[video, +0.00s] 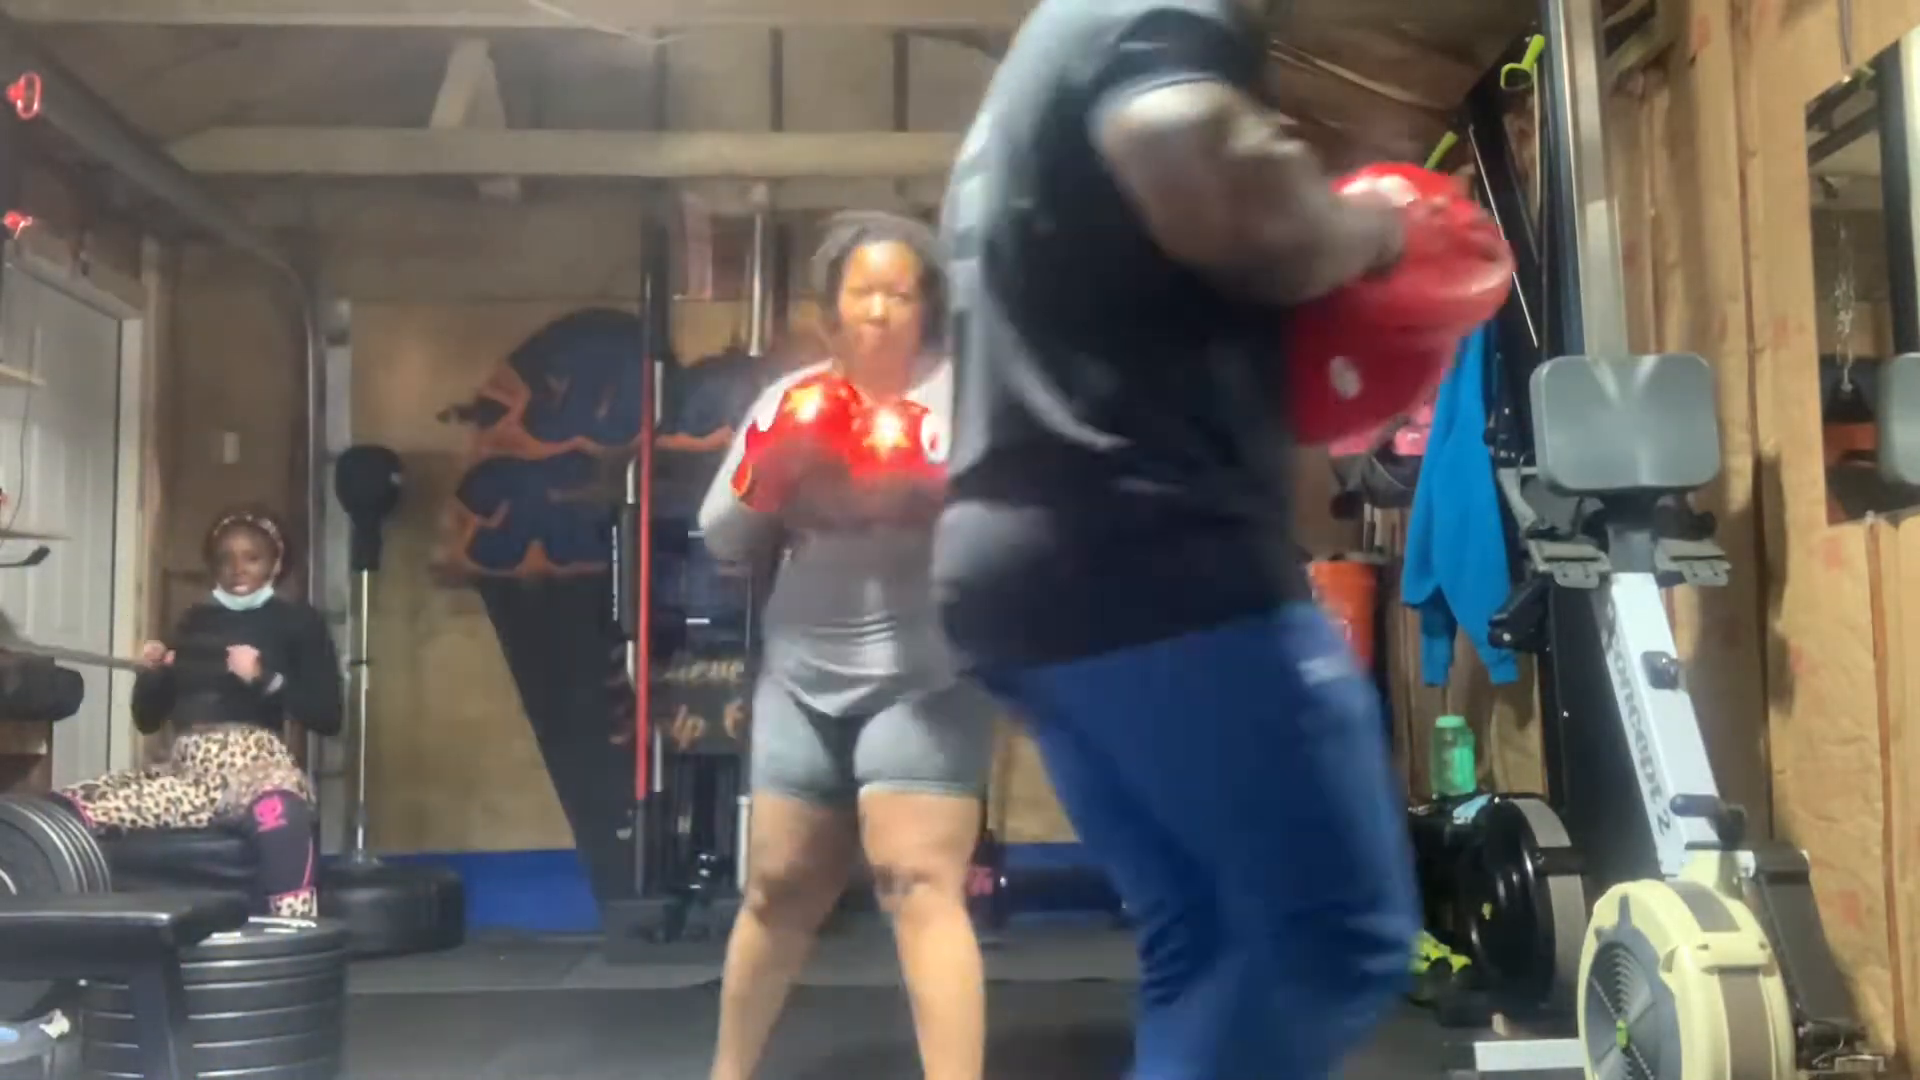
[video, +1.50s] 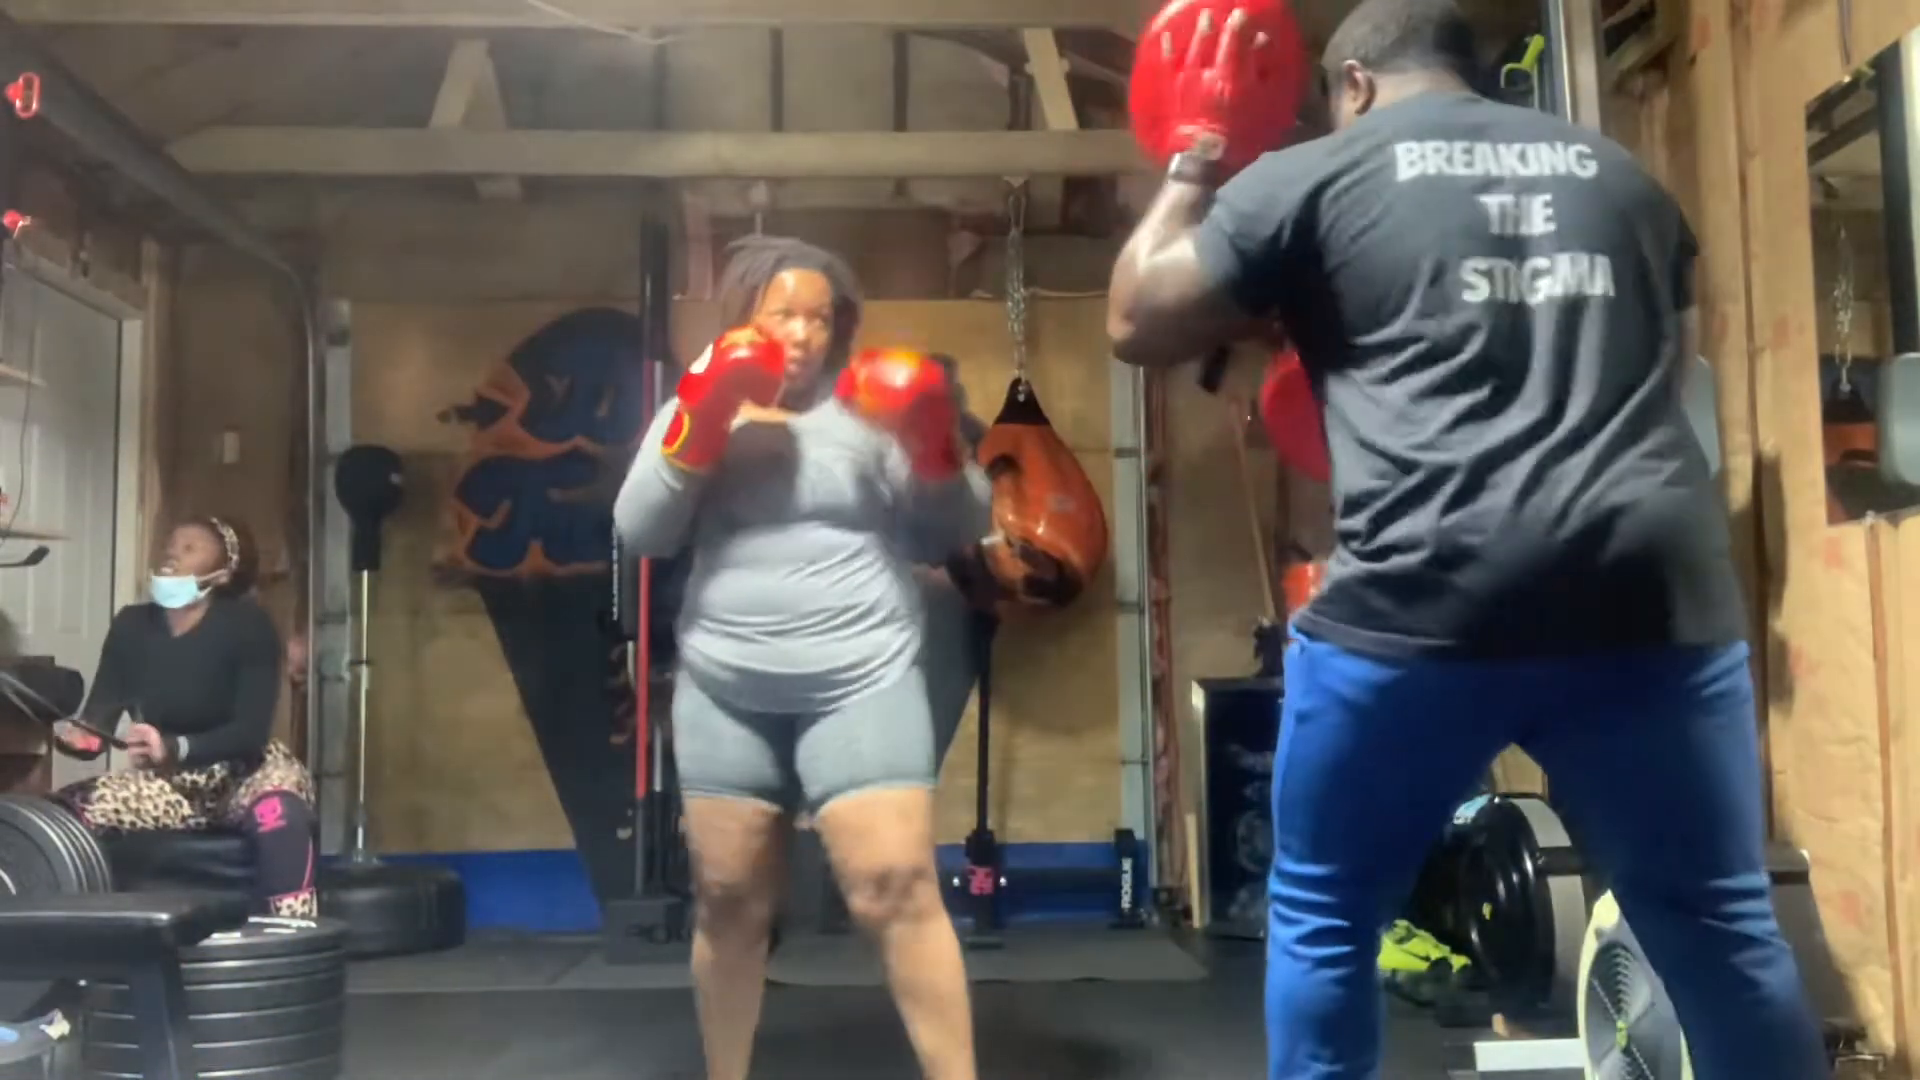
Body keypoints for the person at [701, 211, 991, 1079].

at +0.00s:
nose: (878, 311)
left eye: (896, 293)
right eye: (861, 293)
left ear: (928, 307)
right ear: (829, 309)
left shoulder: (963, 398)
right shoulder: (792, 400)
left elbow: (1017, 507)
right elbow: (723, 539)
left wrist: (921, 491)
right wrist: (774, 466)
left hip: (923, 676)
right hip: (799, 676)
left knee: (921, 885)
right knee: (774, 892)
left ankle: (954, 1074)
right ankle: (729, 1071)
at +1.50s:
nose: (804, 335)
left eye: (821, 319)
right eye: (785, 316)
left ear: (841, 330)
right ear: (744, 324)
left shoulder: (875, 411)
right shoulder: (699, 411)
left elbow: (954, 534)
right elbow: (640, 534)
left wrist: (929, 432)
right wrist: (702, 422)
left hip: (863, 680)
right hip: (722, 685)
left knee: (896, 886)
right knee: (725, 897)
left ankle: (955, 1075)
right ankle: (725, 1075)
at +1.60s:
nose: (814, 309)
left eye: (832, 293)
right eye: (795, 290)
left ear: (858, 307)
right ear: (752, 299)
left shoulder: (901, 379)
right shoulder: (721, 394)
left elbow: (1013, 435)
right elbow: (649, 506)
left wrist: (998, 330)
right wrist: (717, 389)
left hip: (883, 674)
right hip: (745, 675)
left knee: (902, 889)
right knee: (746, 900)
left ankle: (955, 1074)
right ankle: (730, 1072)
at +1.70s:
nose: (836, 304)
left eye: (854, 287)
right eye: (817, 285)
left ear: (879, 299)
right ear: (771, 291)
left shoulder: (923, 362)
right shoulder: (734, 379)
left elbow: (1046, 382)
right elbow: (671, 497)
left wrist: (1019, 292)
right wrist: (747, 385)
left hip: (905, 664)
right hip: (764, 668)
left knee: (912, 884)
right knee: (763, 903)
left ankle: (957, 1075)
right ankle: (733, 1072)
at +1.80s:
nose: (864, 326)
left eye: (883, 311)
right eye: (847, 306)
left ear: (905, 322)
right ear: (805, 307)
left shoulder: (936, 392)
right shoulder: (745, 390)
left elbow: (1050, 474)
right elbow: (698, 528)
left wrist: (1045, 411)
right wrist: (782, 432)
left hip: (922, 679)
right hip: (777, 680)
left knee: (947, 898)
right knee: (764, 912)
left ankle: (967, 1072)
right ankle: (735, 1072)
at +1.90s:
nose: (899, 354)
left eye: (914, 334)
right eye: (877, 334)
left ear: (934, 343)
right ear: (831, 340)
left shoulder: (973, 434)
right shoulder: (780, 429)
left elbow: (1029, 573)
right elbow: (722, 586)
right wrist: (801, 524)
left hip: (935, 713)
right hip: (784, 709)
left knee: (969, 920)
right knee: (742, 939)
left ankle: (974, 1074)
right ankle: (704, 1062)